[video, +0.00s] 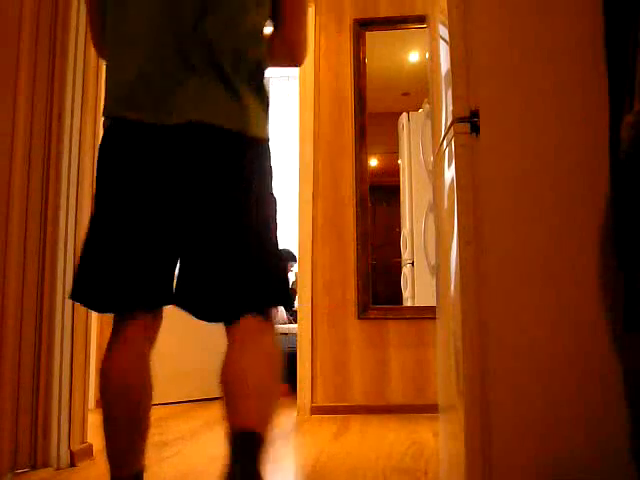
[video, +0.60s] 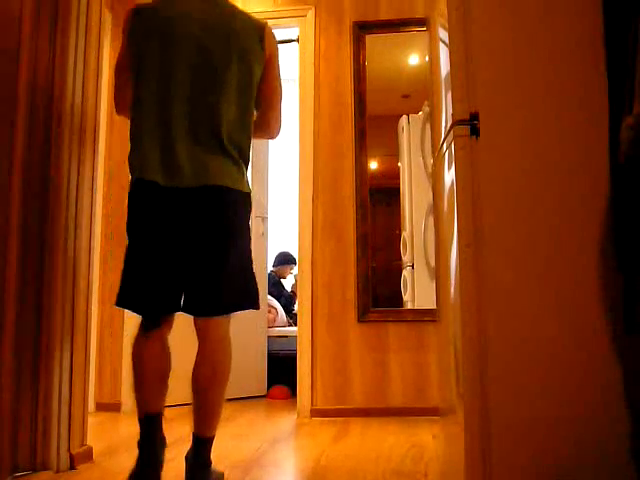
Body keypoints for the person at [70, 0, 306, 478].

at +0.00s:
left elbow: (103, 41)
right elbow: (292, 46)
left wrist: (165, 48)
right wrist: (225, 48)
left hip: (134, 133)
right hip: (228, 136)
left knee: (134, 321)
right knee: (251, 317)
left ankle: (125, 477)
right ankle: (245, 472)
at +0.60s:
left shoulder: (145, 17)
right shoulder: (256, 30)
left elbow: (123, 101)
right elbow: (269, 124)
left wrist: (173, 110)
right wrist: (217, 118)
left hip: (154, 190)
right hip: (220, 195)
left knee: (154, 322)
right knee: (213, 326)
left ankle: (150, 452)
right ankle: (200, 463)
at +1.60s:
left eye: (151, 18)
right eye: (191, 18)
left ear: (150, 18)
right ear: (194, 18)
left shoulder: (125, 54)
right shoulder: (226, 58)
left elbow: (114, 132)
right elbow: (256, 136)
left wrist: (158, 142)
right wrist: (212, 148)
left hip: (149, 207)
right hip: (208, 208)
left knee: (154, 324)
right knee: (210, 327)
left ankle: (163, 445)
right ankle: (206, 445)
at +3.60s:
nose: (189, 74)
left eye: (188, 72)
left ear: (190, 73)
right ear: (223, 76)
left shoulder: (167, 91)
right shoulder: (248, 101)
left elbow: (134, 156)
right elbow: (260, 173)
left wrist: (169, 181)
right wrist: (223, 181)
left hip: (171, 216)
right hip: (220, 219)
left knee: (172, 318)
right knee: (213, 321)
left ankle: (174, 420)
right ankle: (203, 422)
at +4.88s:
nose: (187, 75)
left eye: (187, 71)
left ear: (188, 72)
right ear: (222, 72)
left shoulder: (166, 94)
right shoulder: (250, 102)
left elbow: (145, 163)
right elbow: (267, 170)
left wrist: (180, 178)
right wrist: (229, 181)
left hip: (175, 219)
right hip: (223, 221)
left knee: (172, 320)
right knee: (215, 323)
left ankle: (174, 421)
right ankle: (205, 422)